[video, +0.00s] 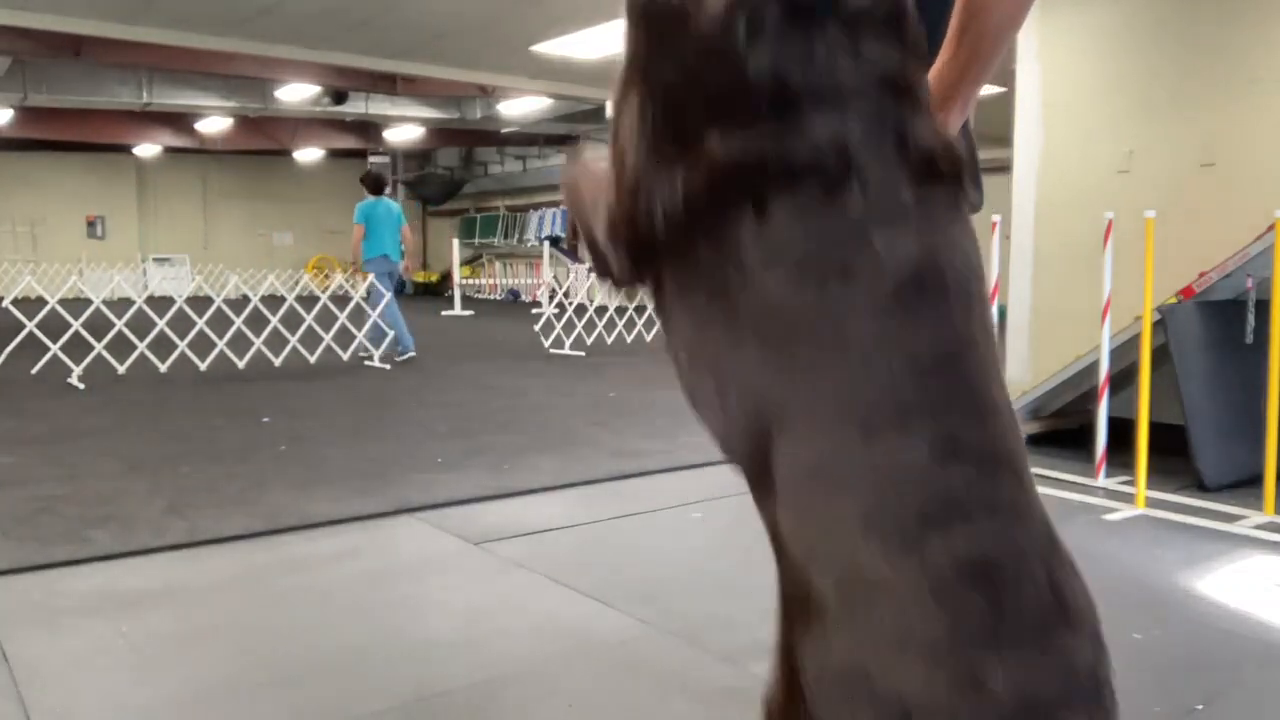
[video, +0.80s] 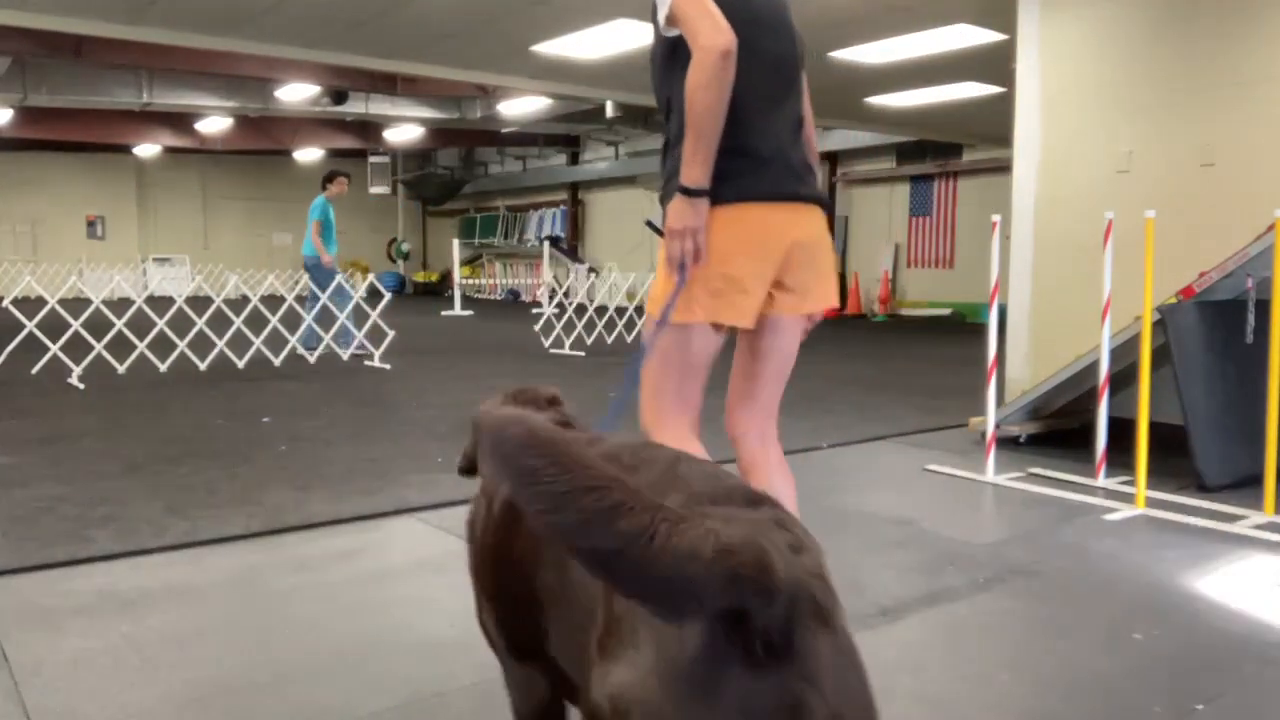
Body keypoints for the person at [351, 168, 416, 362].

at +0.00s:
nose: (363, 189)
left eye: (364, 186)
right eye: (364, 186)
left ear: (366, 188)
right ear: (383, 186)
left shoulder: (363, 207)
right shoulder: (395, 206)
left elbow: (358, 235)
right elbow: (407, 234)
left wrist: (355, 260)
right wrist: (408, 258)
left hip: (374, 259)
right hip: (394, 259)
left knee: (386, 303)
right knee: (379, 303)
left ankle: (406, 345)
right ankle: (372, 344)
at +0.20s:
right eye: (374, 184)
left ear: (356, 185)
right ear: (374, 186)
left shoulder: (346, 205)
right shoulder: (383, 207)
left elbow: (341, 235)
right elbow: (392, 237)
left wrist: (343, 259)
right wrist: (398, 259)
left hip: (356, 259)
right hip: (380, 259)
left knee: (359, 302)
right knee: (378, 300)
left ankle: (384, 333)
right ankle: (365, 343)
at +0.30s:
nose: (370, 187)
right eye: (369, 184)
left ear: (350, 185)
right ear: (368, 185)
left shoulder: (340, 203)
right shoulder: (377, 205)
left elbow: (334, 232)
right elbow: (384, 234)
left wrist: (337, 254)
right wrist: (393, 259)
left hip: (349, 257)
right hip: (373, 257)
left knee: (350, 299)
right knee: (373, 297)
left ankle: (362, 341)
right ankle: (364, 338)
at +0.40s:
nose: (367, 185)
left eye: (366, 181)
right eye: (365, 182)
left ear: (346, 184)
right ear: (359, 184)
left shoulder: (334, 203)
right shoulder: (370, 204)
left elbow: (328, 231)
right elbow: (376, 232)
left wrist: (329, 255)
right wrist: (385, 258)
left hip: (342, 256)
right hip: (366, 257)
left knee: (341, 298)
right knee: (368, 299)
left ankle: (335, 339)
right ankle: (364, 343)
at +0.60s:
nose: (360, 187)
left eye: (359, 183)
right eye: (356, 183)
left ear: (342, 186)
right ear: (345, 185)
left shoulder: (327, 203)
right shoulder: (345, 204)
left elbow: (322, 235)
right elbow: (346, 234)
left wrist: (322, 259)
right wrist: (366, 257)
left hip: (328, 257)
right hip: (346, 258)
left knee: (329, 299)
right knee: (360, 300)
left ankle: (310, 338)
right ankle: (363, 343)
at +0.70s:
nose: (352, 188)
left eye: (353, 184)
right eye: (349, 184)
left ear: (336, 187)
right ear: (336, 186)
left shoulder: (323, 204)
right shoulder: (331, 204)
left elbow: (321, 234)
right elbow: (329, 233)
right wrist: (349, 256)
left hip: (319, 258)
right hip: (331, 258)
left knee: (323, 300)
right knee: (353, 299)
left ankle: (309, 341)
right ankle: (360, 342)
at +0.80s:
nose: (344, 189)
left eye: (346, 185)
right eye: (341, 184)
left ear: (343, 187)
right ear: (329, 185)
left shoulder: (326, 205)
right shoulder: (320, 204)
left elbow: (321, 234)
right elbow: (315, 234)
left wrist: (329, 253)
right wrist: (324, 254)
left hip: (317, 258)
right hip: (317, 258)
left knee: (315, 300)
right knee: (344, 297)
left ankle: (307, 341)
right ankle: (349, 340)